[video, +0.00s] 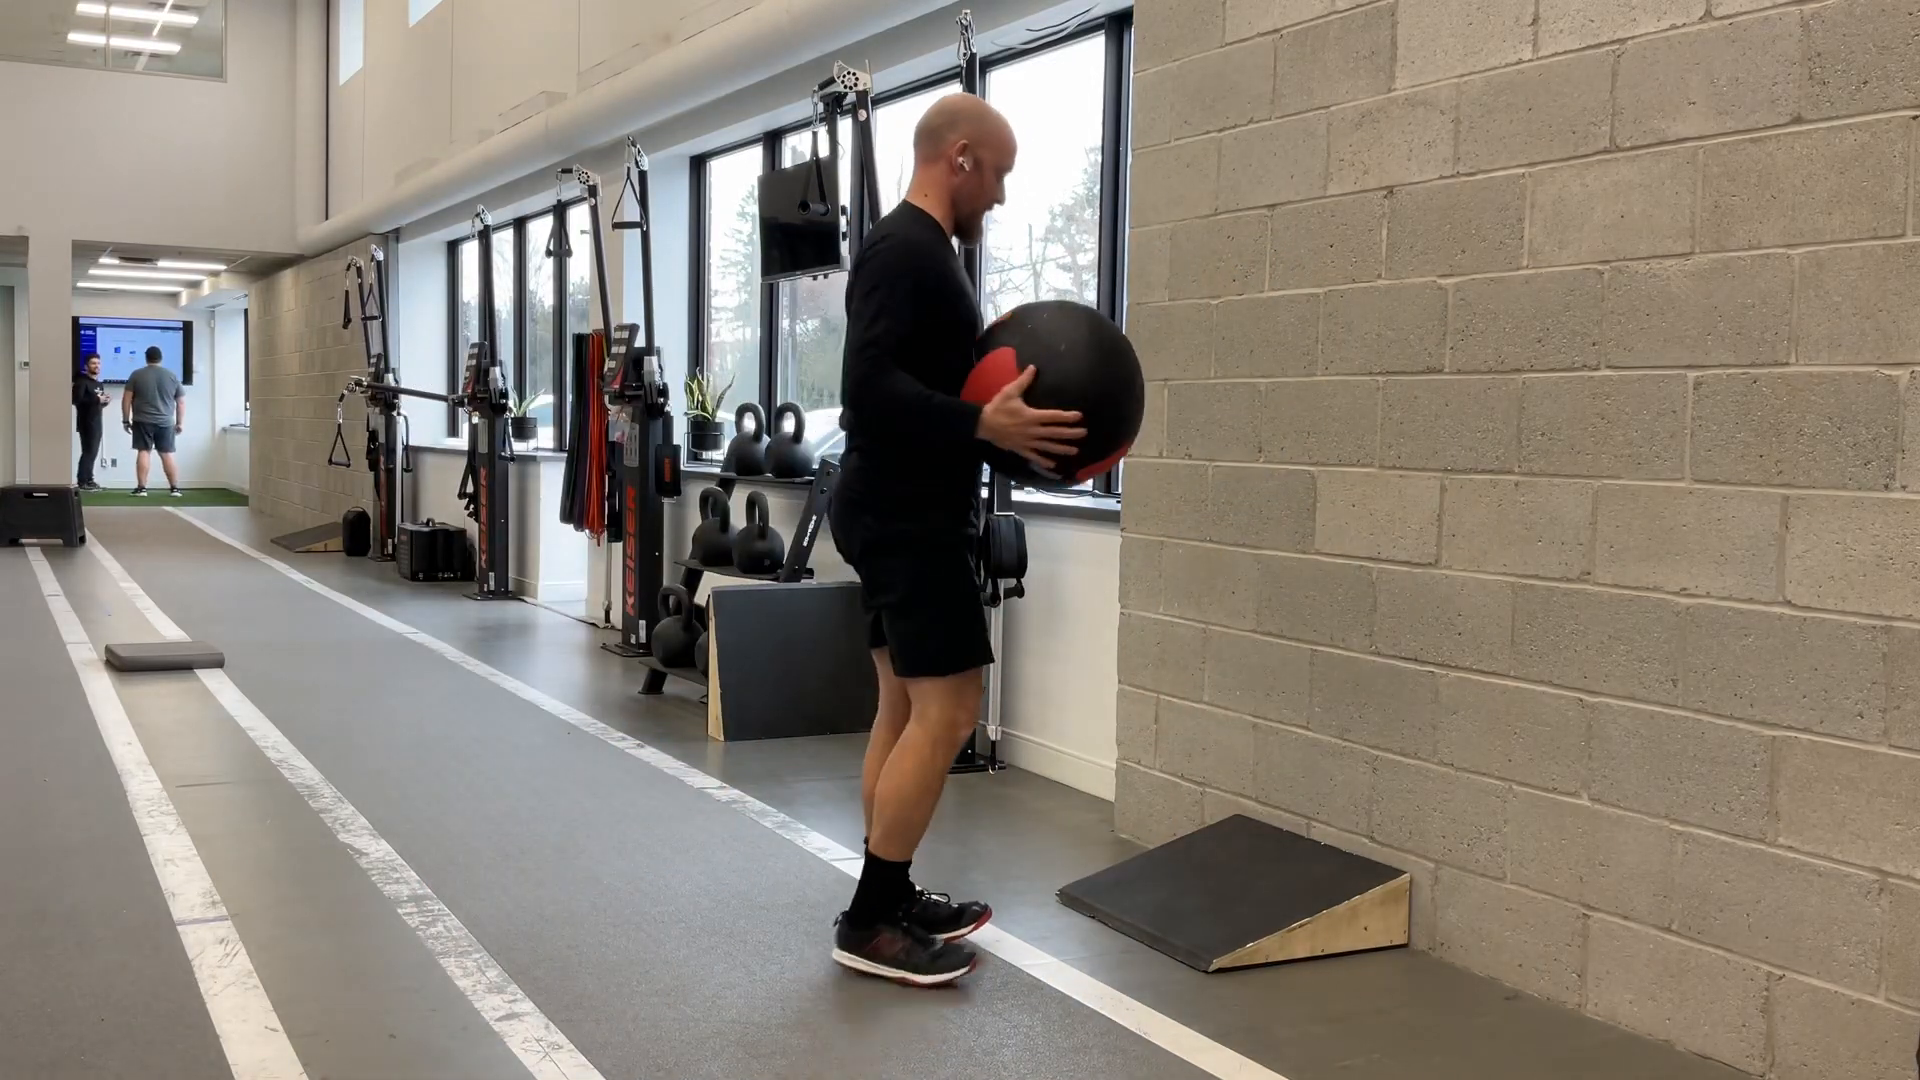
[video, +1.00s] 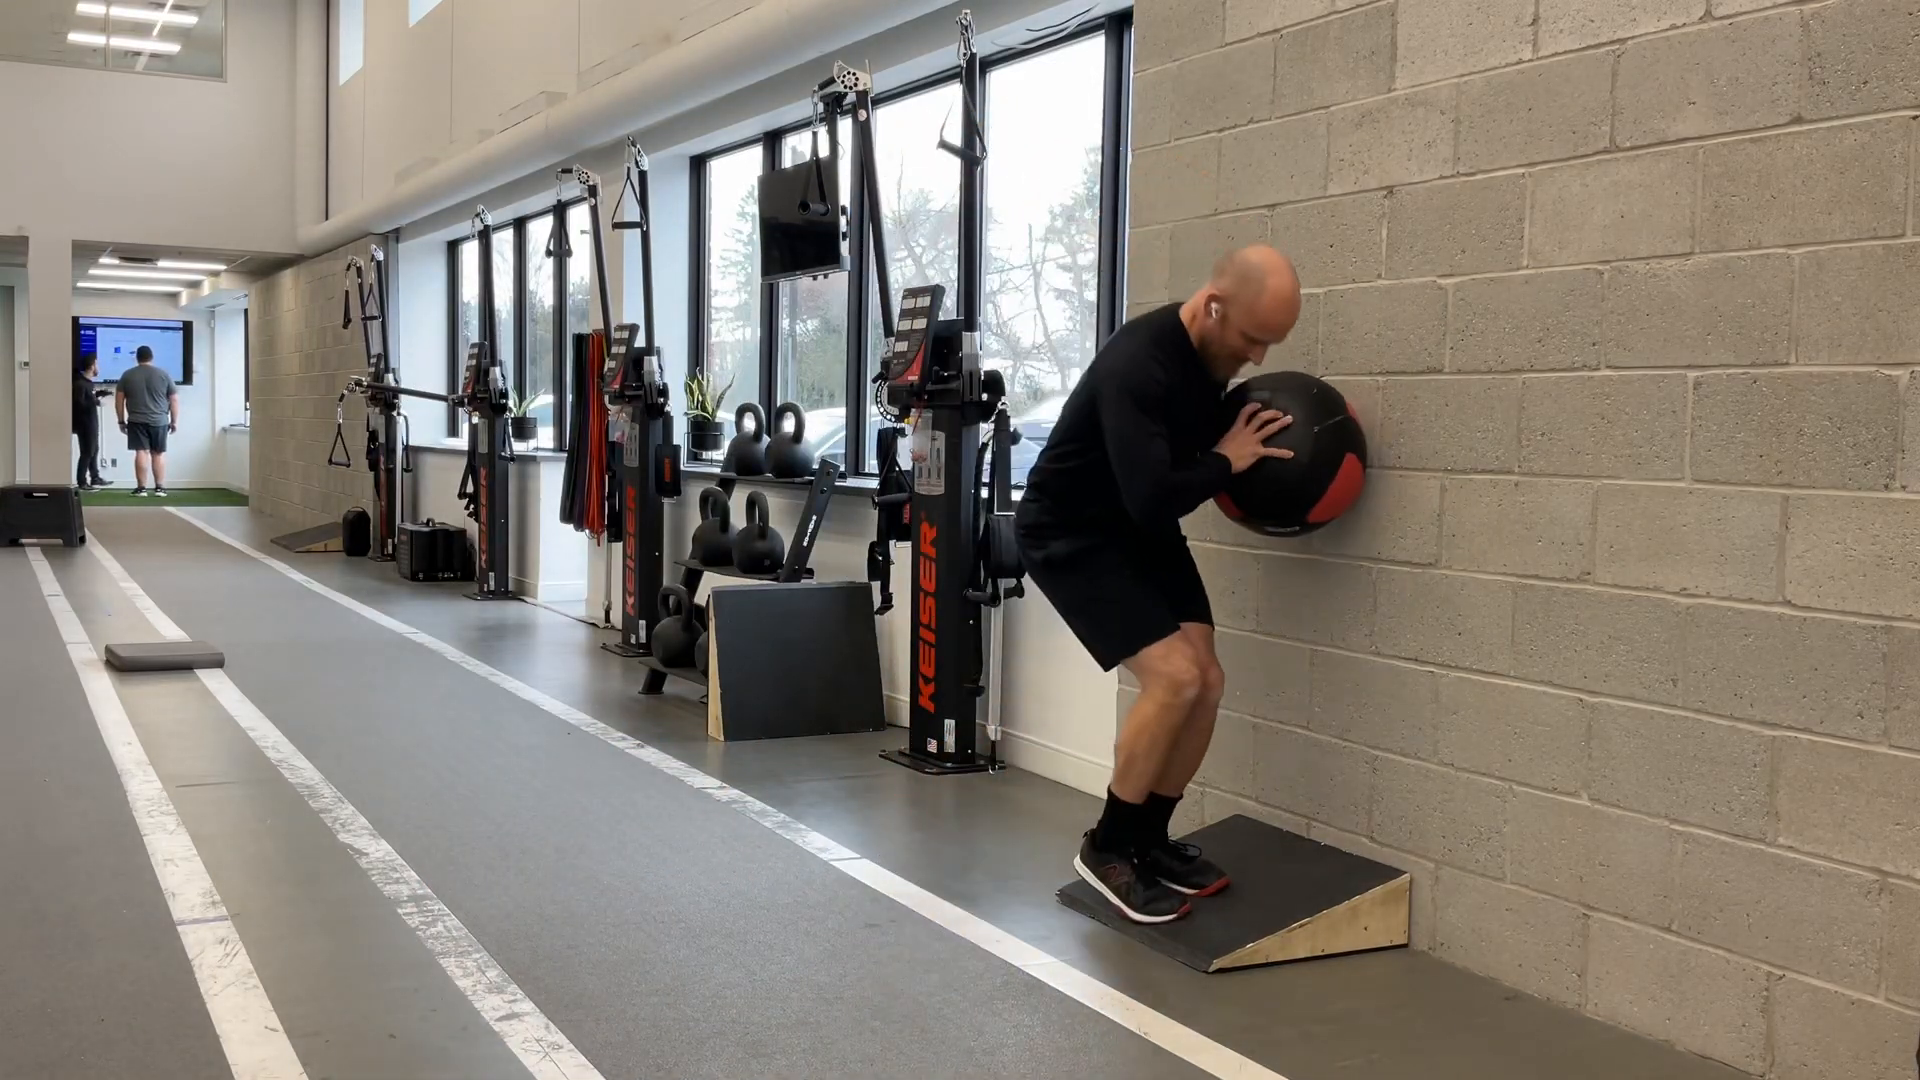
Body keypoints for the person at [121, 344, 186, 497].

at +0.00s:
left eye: (149, 357)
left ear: (146, 358)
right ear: (161, 358)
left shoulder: (136, 375)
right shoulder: (171, 376)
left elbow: (127, 398)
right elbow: (180, 402)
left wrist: (125, 419)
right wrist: (179, 423)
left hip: (142, 422)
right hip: (165, 423)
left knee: (143, 452)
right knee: (167, 455)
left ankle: (141, 487)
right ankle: (174, 487)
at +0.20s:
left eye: (142, 357)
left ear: (140, 358)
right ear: (155, 359)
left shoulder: (130, 375)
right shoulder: (165, 376)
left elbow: (120, 398)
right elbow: (174, 401)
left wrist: (119, 420)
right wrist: (173, 422)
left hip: (137, 422)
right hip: (159, 423)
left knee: (140, 452)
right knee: (164, 455)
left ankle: (141, 487)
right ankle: (173, 487)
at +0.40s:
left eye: (138, 357)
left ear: (135, 358)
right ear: (150, 358)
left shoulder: (126, 375)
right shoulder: (161, 376)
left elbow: (116, 398)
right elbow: (171, 400)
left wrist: (115, 420)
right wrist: (170, 422)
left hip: (134, 422)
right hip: (156, 422)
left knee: (139, 452)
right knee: (160, 453)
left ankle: (141, 487)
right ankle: (167, 485)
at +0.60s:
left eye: (134, 357)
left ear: (133, 358)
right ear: (148, 358)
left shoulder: (125, 375)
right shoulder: (160, 375)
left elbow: (116, 398)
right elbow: (171, 399)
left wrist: (115, 420)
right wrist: (171, 421)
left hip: (134, 422)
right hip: (155, 422)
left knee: (139, 453)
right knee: (156, 454)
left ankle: (141, 487)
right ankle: (159, 486)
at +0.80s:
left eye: (135, 357)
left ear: (134, 358)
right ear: (149, 358)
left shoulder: (125, 375)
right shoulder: (160, 375)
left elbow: (117, 400)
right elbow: (171, 398)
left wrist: (118, 421)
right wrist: (172, 421)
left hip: (134, 421)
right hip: (156, 422)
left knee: (140, 453)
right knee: (156, 454)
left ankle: (141, 487)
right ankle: (159, 486)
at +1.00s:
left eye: (139, 357)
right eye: (149, 357)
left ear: (137, 358)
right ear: (152, 358)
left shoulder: (128, 375)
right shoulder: (163, 375)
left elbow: (119, 399)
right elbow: (173, 398)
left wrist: (121, 420)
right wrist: (174, 421)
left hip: (136, 421)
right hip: (158, 422)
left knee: (141, 452)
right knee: (157, 454)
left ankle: (141, 487)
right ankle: (159, 487)